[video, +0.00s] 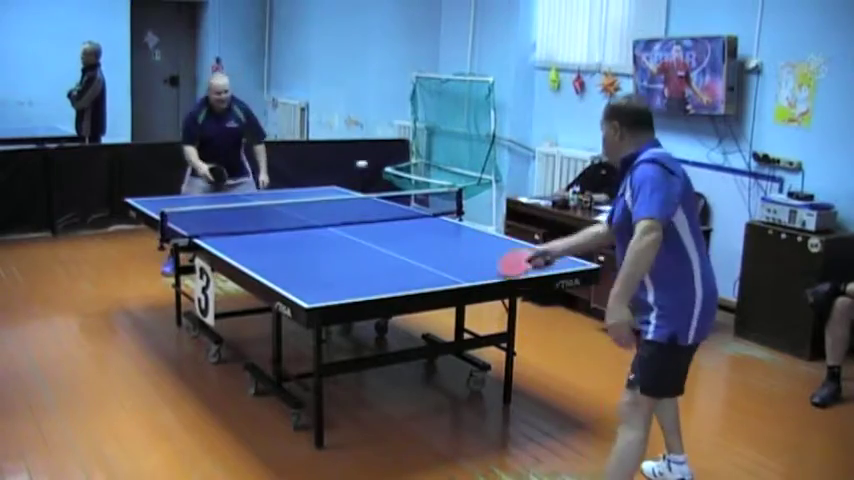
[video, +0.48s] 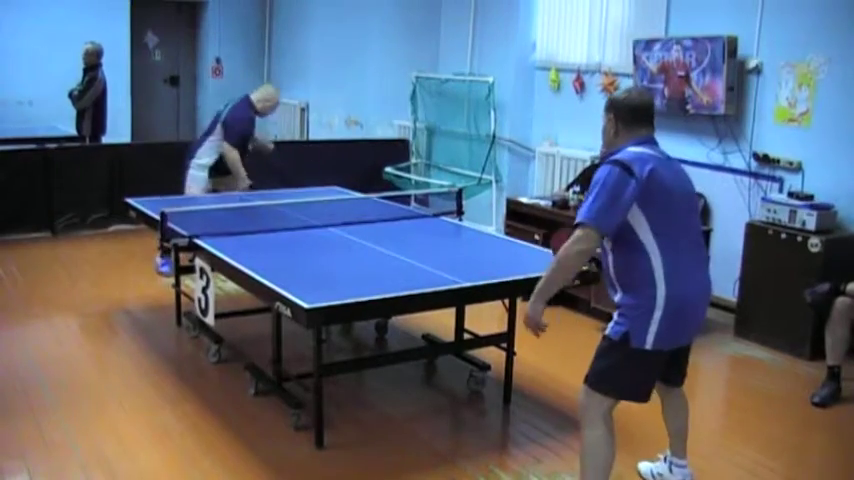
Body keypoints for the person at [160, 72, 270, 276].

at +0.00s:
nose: (221, 97)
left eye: (225, 92)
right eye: (216, 93)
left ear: (231, 92)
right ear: (208, 93)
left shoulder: (241, 111)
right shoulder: (196, 114)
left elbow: (258, 141)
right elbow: (188, 145)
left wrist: (263, 172)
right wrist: (200, 166)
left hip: (238, 175)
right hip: (203, 174)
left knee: (253, 214)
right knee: (185, 213)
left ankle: (258, 261)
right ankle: (174, 255)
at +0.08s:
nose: (220, 100)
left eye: (224, 95)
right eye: (215, 96)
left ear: (228, 95)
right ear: (206, 96)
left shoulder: (238, 112)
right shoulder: (193, 117)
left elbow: (253, 144)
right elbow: (187, 150)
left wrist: (261, 171)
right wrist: (206, 173)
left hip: (235, 172)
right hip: (199, 171)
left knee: (249, 211)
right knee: (184, 212)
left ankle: (253, 257)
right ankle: (174, 255)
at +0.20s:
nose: (232, 101)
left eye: (234, 96)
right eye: (227, 96)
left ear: (236, 96)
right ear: (214, 95)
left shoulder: (236, 111)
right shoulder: (199, 117)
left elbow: (250, 136)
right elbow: (198, 152)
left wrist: (271, 154)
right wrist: (230, 169)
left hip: (225, 168)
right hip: (196, 169)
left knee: (248, 203)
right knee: (187, 207)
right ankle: (174, 253)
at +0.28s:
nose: (245, 102)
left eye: (247, 98)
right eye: (242, 97)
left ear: (243, 96)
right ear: (228, 94)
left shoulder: (238, 111)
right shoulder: (209, 113)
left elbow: (252, 131)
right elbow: (207, 149)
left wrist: (282, 138)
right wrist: (236, 165)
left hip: (221, 166)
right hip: (194, 166)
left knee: (247, 199)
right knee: (189, 206)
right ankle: (171, 254)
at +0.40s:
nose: (261, 106)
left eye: (262, 103)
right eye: (260, 102)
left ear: (251, 97)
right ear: (250, 97)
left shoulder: (243, 111)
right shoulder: (228, 112)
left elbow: (240, 133)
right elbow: (220, 149)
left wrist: (260, 132)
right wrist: (242, 172)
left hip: (223, 164)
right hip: (199, 164)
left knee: (240, 205)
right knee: (190, 207)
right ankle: (167, 253)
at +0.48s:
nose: (272, 111)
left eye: (274, 107)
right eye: (272, 106)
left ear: (261, 97)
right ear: (265, 102)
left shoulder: (245, 109)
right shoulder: (240, 114)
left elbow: (245, 136)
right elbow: (229, 149)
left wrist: (260, 145)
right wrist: (242, 177)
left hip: (219, 166)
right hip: (201, 166)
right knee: (193, 209)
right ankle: (167, 253)